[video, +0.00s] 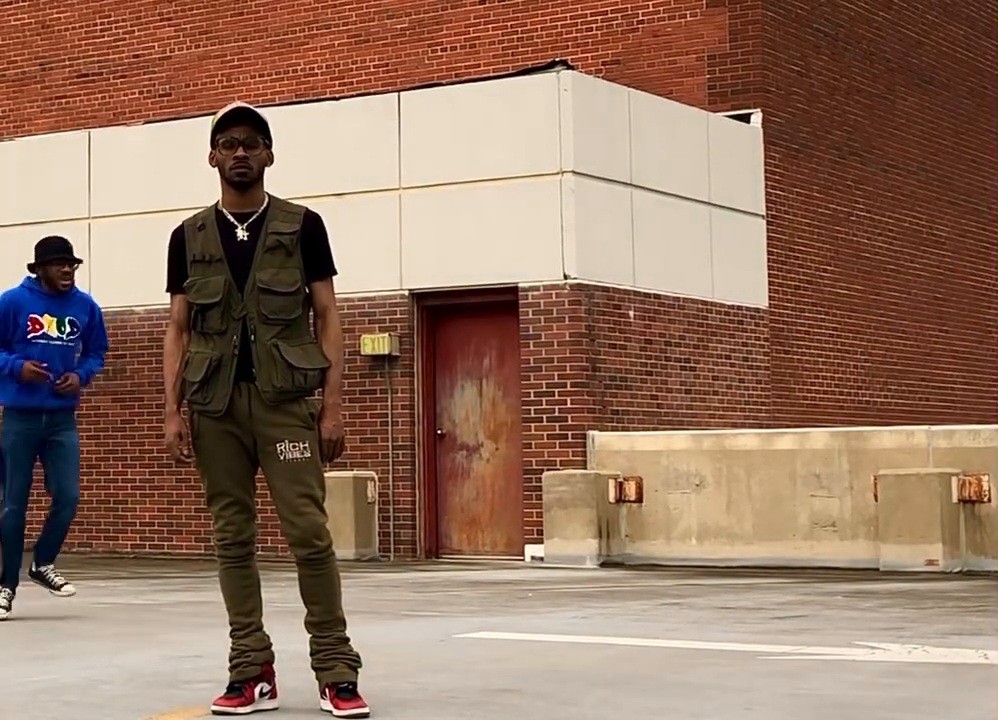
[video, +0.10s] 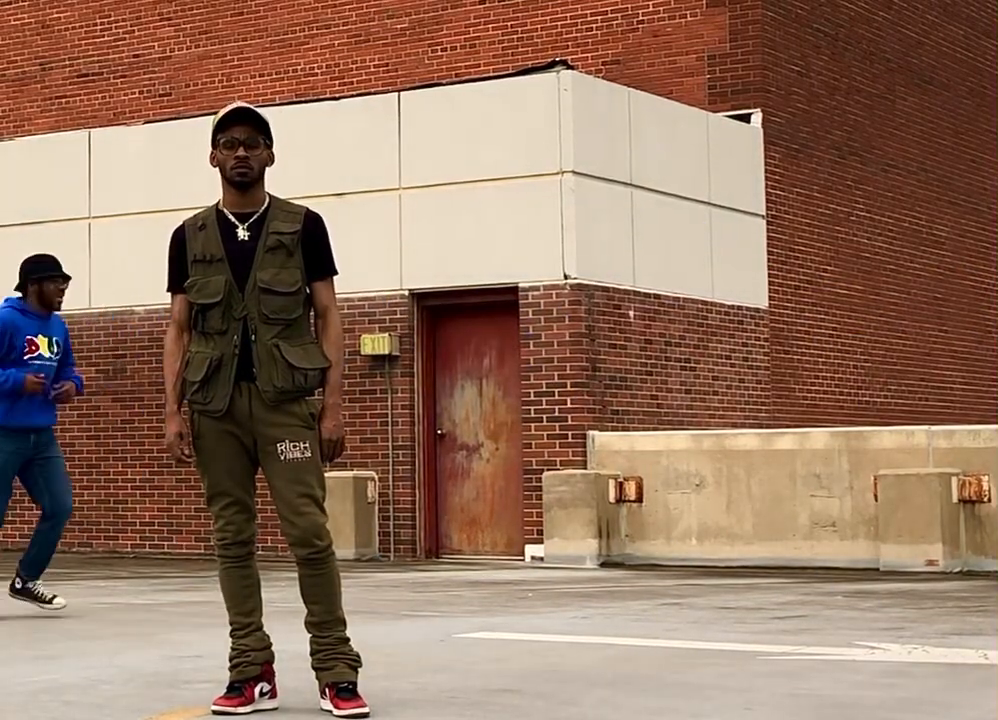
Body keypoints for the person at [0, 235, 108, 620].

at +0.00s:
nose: (68, 271)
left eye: (71, 264)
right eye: (59, 266)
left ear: (75, 266)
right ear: (40, 268)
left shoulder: (85, 305)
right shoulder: (12, 302)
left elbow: (96, 354)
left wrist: (81, 375)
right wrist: (17, 368)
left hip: (62, 419)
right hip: (19, 418)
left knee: (68, 496)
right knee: (14, 504)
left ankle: (42, 563)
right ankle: (6, 583)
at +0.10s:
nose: (63, 289)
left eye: (64, 283)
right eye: (56, 283)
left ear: (49, 287)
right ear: (34, 285)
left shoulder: (58, 326)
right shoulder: (7, 320)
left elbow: (68, 369)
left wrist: (74, 384)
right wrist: (18, 380)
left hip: (41, 439)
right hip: (7, 438)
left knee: (59, 506)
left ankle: (25, 580)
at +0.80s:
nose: (67, 299)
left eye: (65, 293)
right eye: (61, 294)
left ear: (37, 299)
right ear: (43, 298)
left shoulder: (30, 328)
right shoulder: (36, 329)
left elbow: (78, 359)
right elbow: (83, 359)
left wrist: (73, 325)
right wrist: (82, 322)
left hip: (33, 430)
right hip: (40, 430)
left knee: (42, 512)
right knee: (44, 512)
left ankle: (13, 587)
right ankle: (11, 588)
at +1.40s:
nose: (171, 302)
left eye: (170, 296)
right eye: (168, 297)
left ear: (135, 301)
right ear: (155, 300)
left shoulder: (115, 333)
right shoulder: (156, 331)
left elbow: (113, 379)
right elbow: (177, 377)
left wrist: (165, 394)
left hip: (125, 428)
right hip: (151, 429)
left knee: (152, 500)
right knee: (158, 508)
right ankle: (140, 590)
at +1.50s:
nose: (190, 302)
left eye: (188, 296)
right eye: (186, 297)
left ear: (154, 302)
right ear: (174, 300)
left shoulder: (134, 333)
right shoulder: (173, 331)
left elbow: (124, 389)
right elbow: (197, 377)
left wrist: (122, 435)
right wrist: (214, 358)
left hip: (143, 427)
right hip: (166, 427)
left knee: (186, 497)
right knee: (164, 508)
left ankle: (175, 575)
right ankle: (140, 589)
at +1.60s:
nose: (208, 307)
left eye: (206, 301)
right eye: (204, 301)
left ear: (170, 303)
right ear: (193, 303)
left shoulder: (152, 338)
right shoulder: (195, 334)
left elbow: (135, 387)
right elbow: (223, 370)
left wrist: (121, 432)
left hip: (162, 432)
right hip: (187, 432)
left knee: (199, 507)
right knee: (173, 511)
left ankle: (223, 577)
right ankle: (140, 588)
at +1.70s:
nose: (220, 311)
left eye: (220, 305)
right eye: (216, 305)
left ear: (181, 305)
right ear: (204, 306)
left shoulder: (164, 340)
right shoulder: (206, 336)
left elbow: (147, 388)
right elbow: (229, 377)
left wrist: (131, 433)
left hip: (177, 433)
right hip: (201, 433)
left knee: (214, 507)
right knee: (186, 511)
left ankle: (231, 576)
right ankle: (143, 584)